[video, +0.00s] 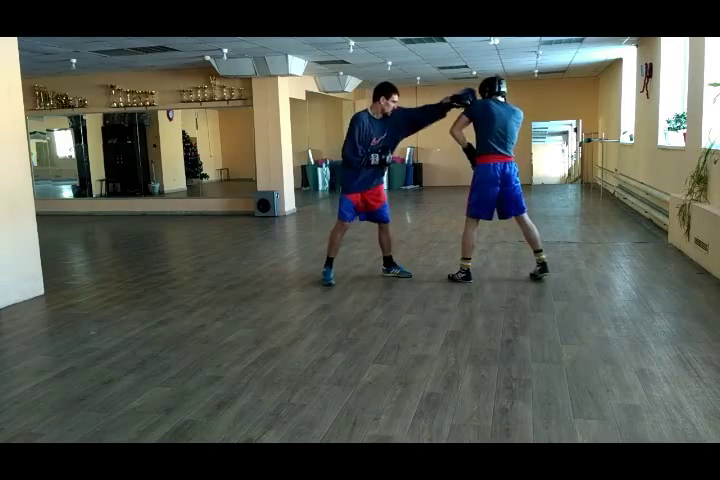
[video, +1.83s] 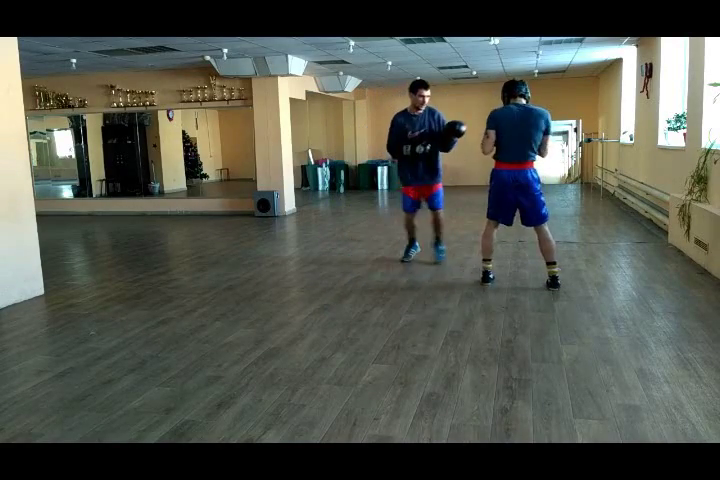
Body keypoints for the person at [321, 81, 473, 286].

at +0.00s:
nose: (394, 107)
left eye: (396, 103)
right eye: (392, 102)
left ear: (385, 101)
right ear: (380, 99)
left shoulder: (395, 117)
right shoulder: (360, 120)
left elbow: (422, 113)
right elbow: (349, 155)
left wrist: (449, 103)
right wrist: (377, 158)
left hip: (375, 182)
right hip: (353, 183)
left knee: (384, 223)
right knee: (343, 223)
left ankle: (389, 265)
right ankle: (328, 267)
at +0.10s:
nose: (394, 106)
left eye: (396, 102)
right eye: (392, 101)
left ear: (383, 101)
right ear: (380, 100)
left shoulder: (395, 117)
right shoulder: (359, 120)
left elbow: (422, 114)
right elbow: (349, 156)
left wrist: (449, 104)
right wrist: (378, 158)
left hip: (375, 181)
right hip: (353, 182)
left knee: (384, 223)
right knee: (344, 222)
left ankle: (388, 264)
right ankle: (329, 265)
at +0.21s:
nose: (386, 104)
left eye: (387, 100)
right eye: (384, 100)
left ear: (379, 99)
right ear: (371, 97)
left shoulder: (386, 118)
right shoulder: (352, 120)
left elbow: (399, 135)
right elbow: (344, 154)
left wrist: (417, 119)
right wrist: (370, 155)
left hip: (378, 182)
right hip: (355, 182)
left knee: (385, 223)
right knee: (345, 222)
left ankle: (390, 263)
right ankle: (332, 260)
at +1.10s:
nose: (391, 112)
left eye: (393, 108)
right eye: (389, 108)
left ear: (391, 108)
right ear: (377, 106)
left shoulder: (392, 124)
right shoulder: (362, 127)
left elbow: (403, 146)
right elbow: (354, 158)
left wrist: (414, 142)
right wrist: (380, 159)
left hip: (389, 179)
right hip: (368, 181)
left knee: (399, 218)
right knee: (363, 221)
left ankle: (407, 258)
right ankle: (350, 257)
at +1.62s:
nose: (410, 111)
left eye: (412, 107)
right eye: (406, 107)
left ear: (414, 108)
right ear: (396, 107)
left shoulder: (419, 128)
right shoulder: (384, 132)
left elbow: (429, 161)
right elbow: (377, 162)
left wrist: (431, 151)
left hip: (414, 186)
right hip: (391, 187)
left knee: (417, 223)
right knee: (376, 221)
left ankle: (416, 249)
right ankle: (358, 253)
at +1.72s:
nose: (414, 107)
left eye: (416, 103)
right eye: (410, 103)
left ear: (419, 104)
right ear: (400, 103)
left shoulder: (424, 124)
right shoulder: (389, 127)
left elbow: (434, 156)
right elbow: (383, 156)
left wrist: (438, 146)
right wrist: (400, 157)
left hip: (418, 182)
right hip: (396, 182)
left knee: (419, 221)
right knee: (385, 217)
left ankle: (417, 249)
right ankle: (372, 249)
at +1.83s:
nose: (424, 100)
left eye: (427, 96)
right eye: (420, 96)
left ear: (429, 97)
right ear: (411, 95)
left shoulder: (435, 116)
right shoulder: (400, 119)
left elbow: (444, 146)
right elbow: (392, 148)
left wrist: (453, 134)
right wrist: (412, 149)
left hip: (432, 174)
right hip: (409, 175)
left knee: (437, 212)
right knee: (408, 214)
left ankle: (438, 244)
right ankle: (412, 244)